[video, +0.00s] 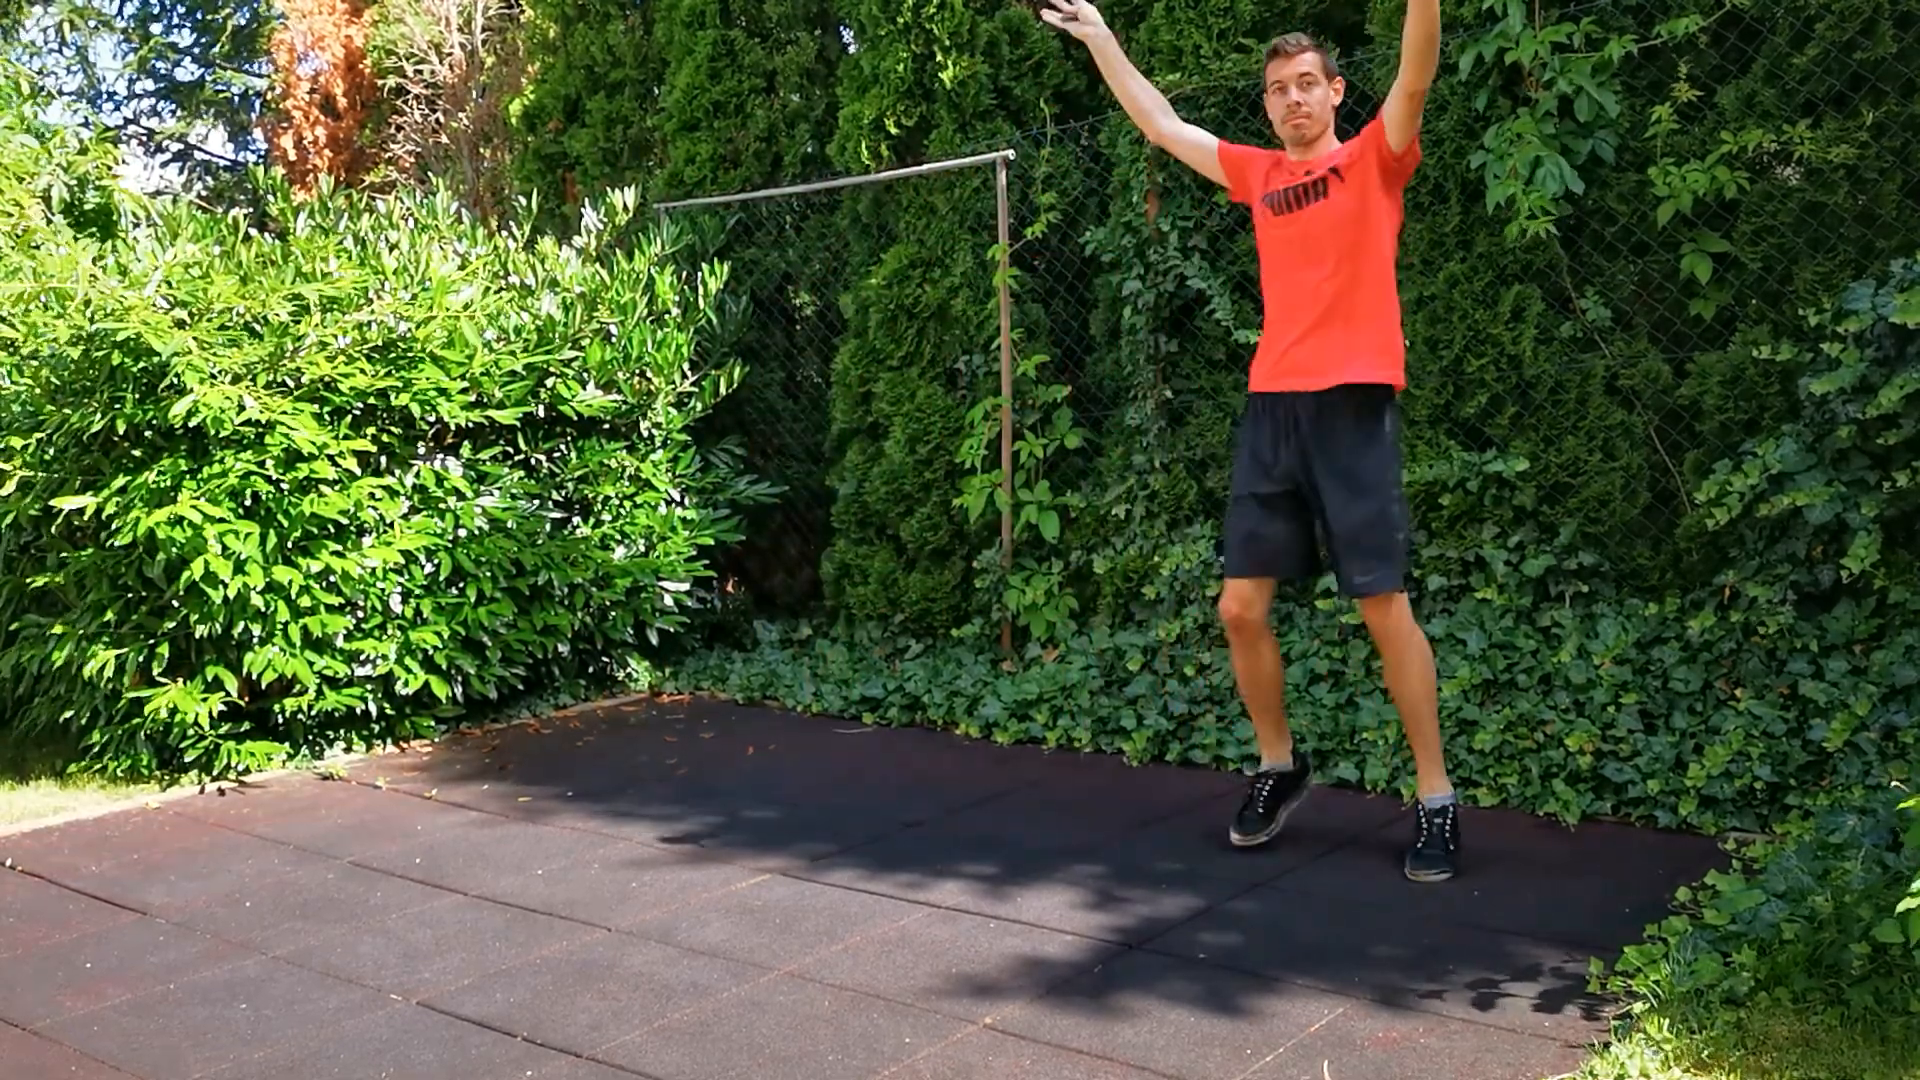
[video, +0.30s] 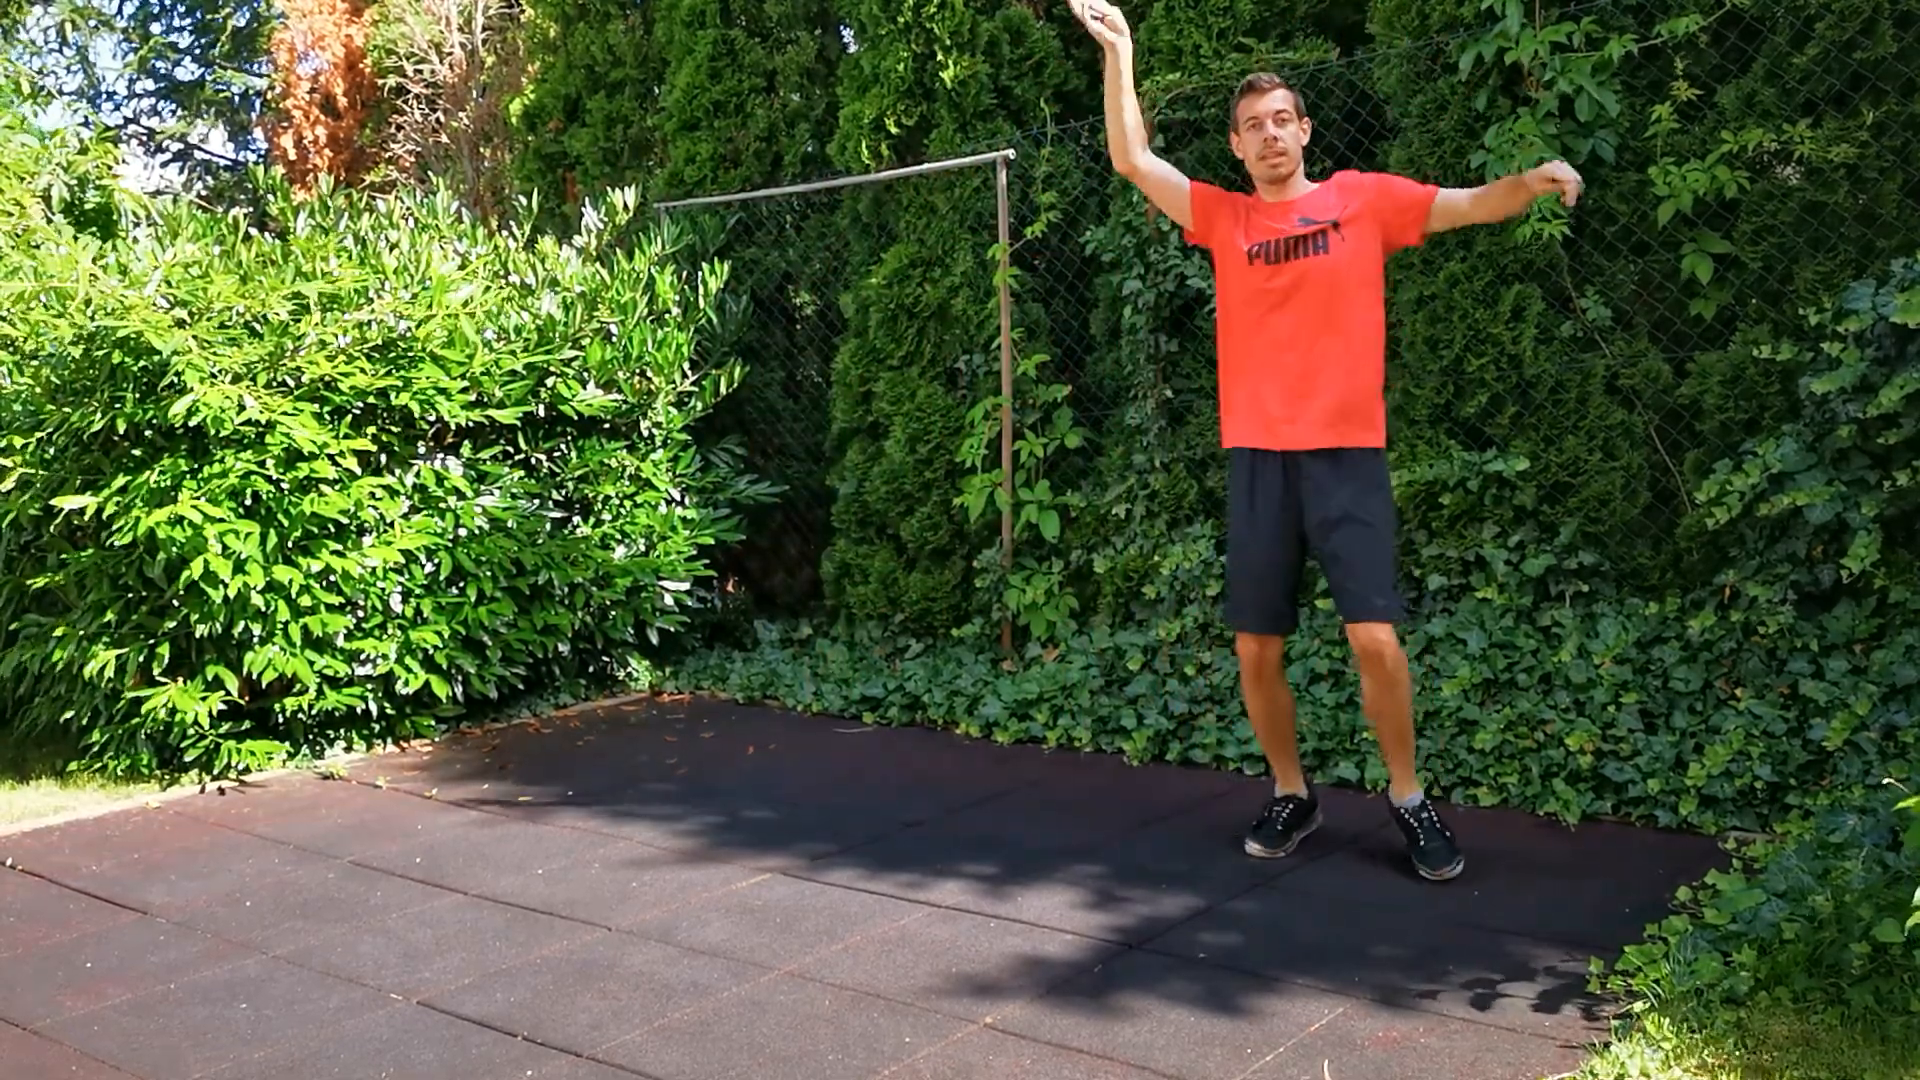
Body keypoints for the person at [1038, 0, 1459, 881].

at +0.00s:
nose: (1292, 100)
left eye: (1305, 84)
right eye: (1279, 90)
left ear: (1339, 90)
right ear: (1265, 106)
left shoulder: (1375, 156)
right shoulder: (1257, 172)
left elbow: (1416, 75)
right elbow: (1162, 124)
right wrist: (1097, 35)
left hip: (1356, 410)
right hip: (1272, 414)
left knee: (1385, 607)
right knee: (1241, 607)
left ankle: (1436, 800)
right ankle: (1277, 771)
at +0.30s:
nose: (1272, 134)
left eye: (1284, 119)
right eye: (1256, 124)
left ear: (1307, 130)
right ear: (1235, 142)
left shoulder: (1362, 198)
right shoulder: (1223, 215)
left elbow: (1465, 205)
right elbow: (1131, 158)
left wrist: (1531, 183)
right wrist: (1117, 52)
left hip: (1350, 457)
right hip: (1254, 460)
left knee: (1376, 643)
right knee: (1255, 649)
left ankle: (1408, 802)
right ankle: (1291, 798)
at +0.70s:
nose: (1293, 144)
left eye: (1305, 126)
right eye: (1277, 131)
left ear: (1333, 125)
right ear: (1262, 139)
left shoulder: (1379, 207)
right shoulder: (1252, 226)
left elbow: (1407, 322)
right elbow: (1241, 337)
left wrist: (1371, 385)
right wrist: (1204, 428)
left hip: (1347, 467)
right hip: (1261, 463)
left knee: (1354, 642)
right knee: (1230, 636)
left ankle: (1376, 810)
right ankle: (1269, 787)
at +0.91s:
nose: (1265, 152)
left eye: (1276, 133)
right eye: (1250, 139)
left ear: (1304, 126)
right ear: (1234, 142)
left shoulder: (1345, 192)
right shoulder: (1232, 220)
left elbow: (1334, 221)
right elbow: (1240, 322)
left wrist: (1293, 213)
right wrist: (1250, 412)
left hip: (1321, 454)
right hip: (1236, 455)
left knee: (1342, 635)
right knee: (1226, 633)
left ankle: (1374, 811)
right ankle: (1251, 800)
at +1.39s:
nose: (1167, 161)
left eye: (1178, 143)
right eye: (1153, 150)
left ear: (1208, 133)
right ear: (1141, 155)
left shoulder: (1268, 204)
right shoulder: (1149, 221)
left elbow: (1299, 327)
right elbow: (1082, 250)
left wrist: (1283, 432)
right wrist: (1091, 182)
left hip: (1248, 455)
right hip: (1176, 460)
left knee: (1226, 627)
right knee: (1204, 635)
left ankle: (1249, 826)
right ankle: (1248, 802)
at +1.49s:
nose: (1155, 161)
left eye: (1166, 142)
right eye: (1139, 148)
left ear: (1196, 132)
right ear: (1126, 150)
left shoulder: (1260, 209)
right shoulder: (1136, 218)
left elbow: (1304, 330)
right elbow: (1084, 212)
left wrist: (1326, 444)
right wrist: (1091, 139)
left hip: (1241, 460)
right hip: (1164, 462)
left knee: (1213, 636)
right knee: (1200, 640)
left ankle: (1198, 834)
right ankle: (1251, 797)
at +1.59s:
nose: (1140, 160)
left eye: (1150, 140)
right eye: (1124, 149)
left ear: (1180, 132)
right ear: (1110, 156)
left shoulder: (1249, 211)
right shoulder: (1121, 220)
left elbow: (1309, 322)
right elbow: (1060, 196)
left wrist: (1345, 424)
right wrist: (1086, 122)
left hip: (1226, 464)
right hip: (1149, 463)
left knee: (1198, 644)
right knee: (1196, 644)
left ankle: (1160, 839)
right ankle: (1251, 798)